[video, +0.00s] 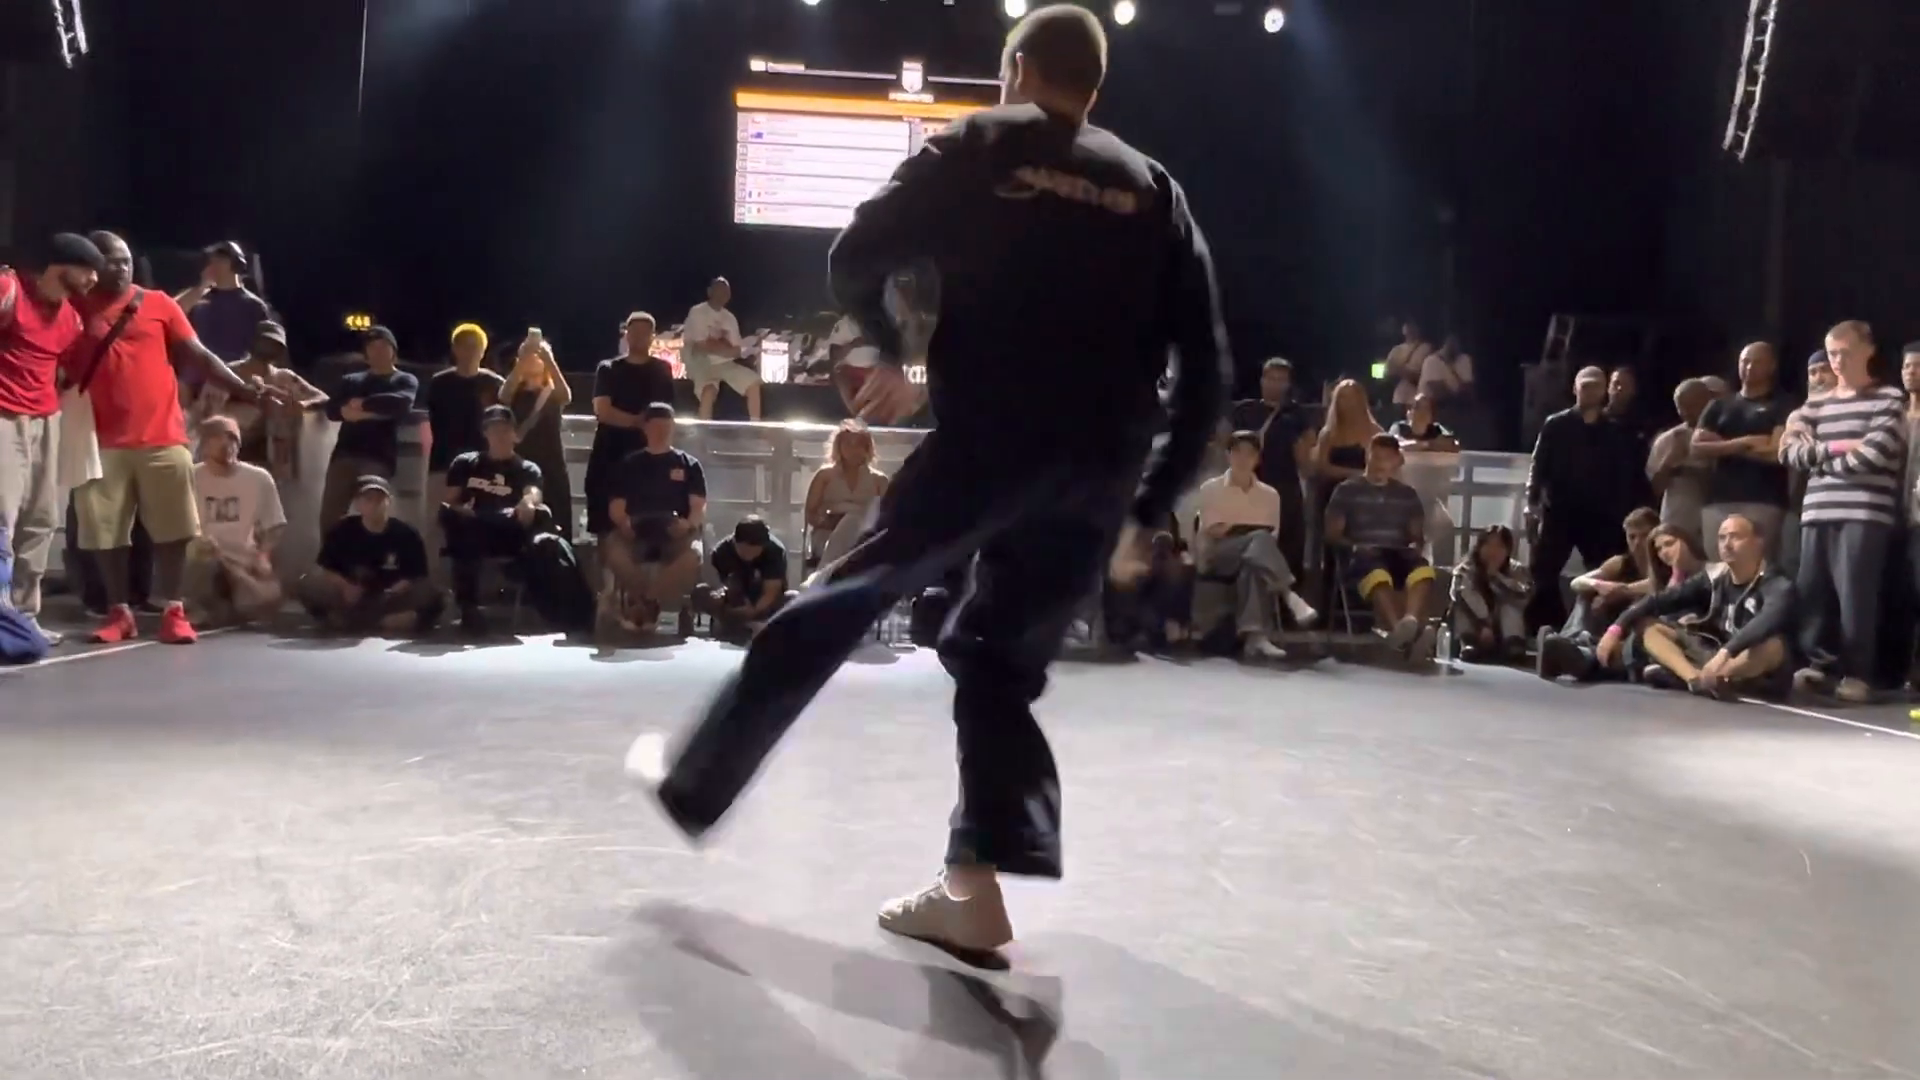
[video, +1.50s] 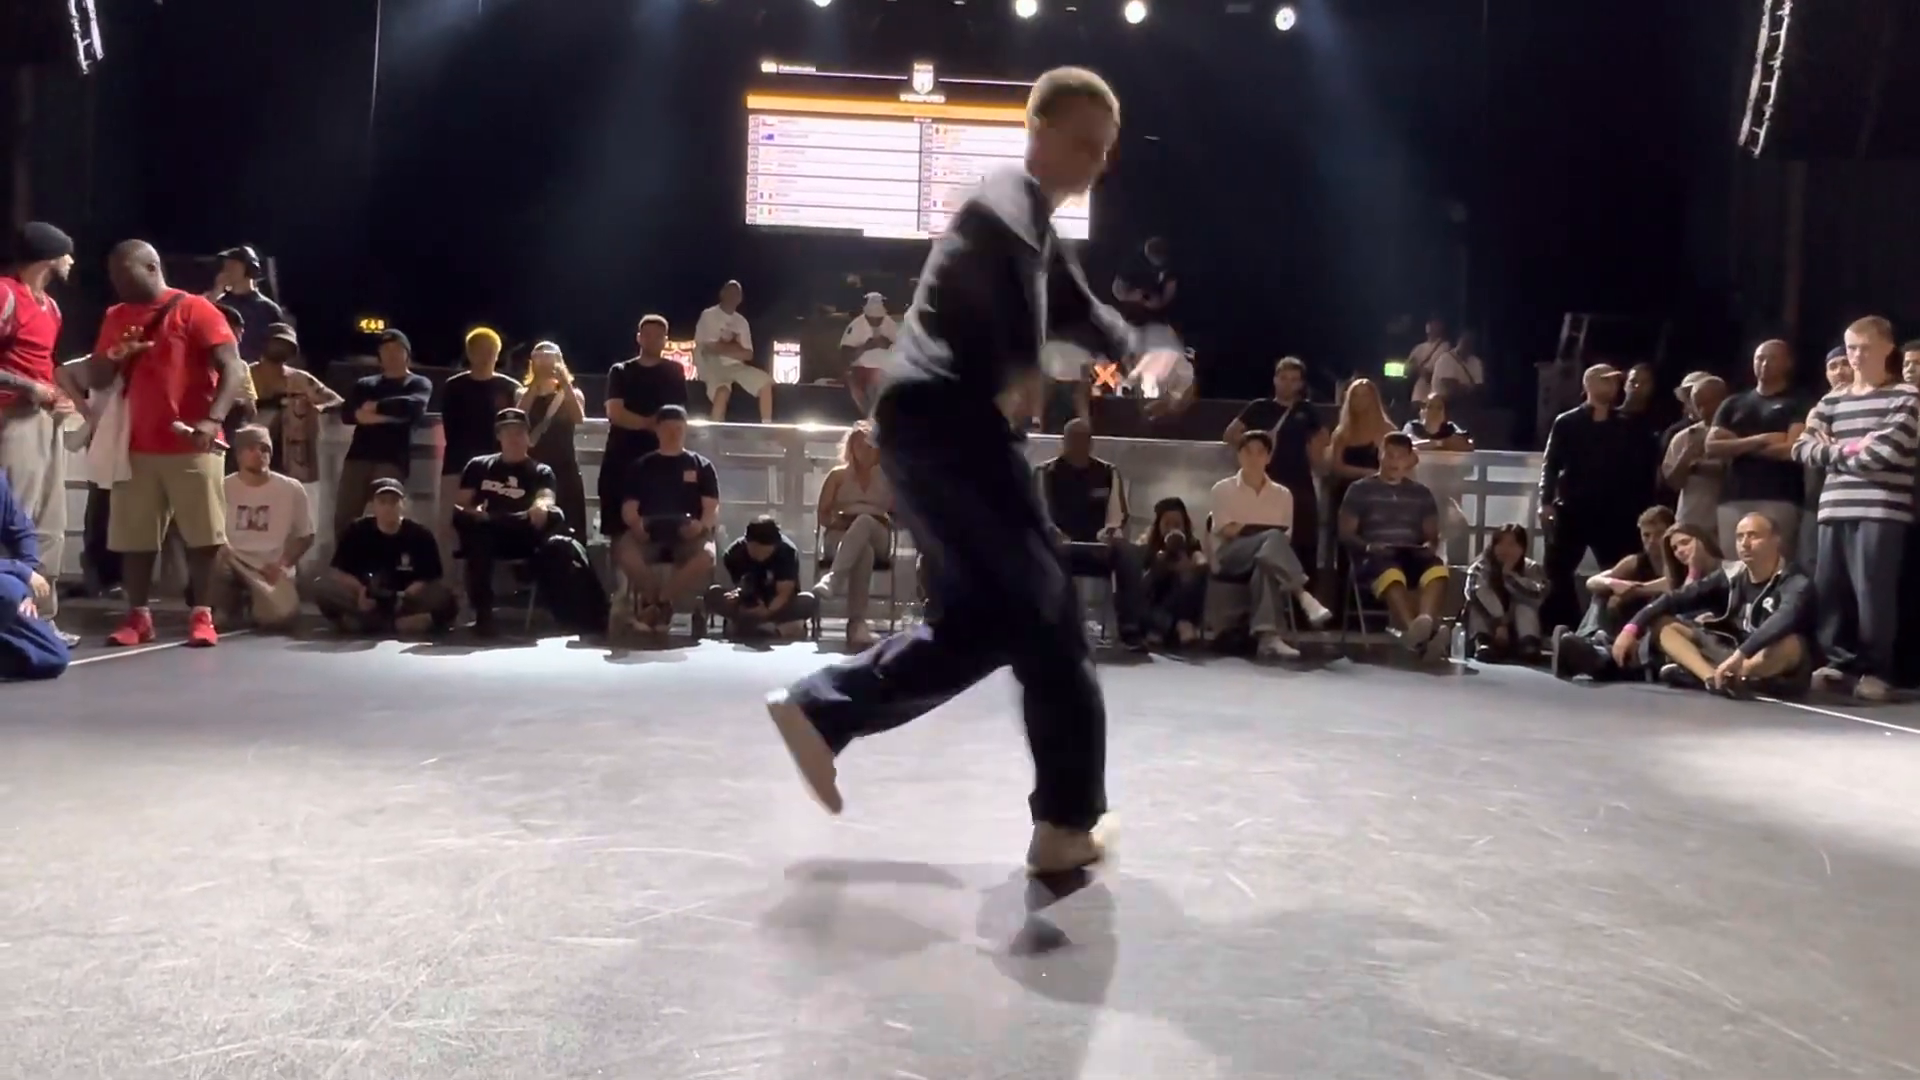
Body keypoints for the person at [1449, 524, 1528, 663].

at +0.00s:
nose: (1492, 551)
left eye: (1499, 547)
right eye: (1488, 545)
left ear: (1507, 552)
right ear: (1479, 547)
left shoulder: (1517, 570)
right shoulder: (1465, 570)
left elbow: (1524, 595)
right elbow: (1462, 594)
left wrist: (1495, 576)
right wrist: (1482, 624)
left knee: (1509, 605)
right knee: (1463, 604)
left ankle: (1514, 643)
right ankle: (1467, 644)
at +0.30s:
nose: (1493, 550)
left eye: (1499, 546)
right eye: (1488, 544)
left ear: (1508, 550)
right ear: (1480, 547)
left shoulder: (1518, 569)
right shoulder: (1466, 568)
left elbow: (1525, 595)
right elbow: (1463, 593)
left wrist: (1495, 575)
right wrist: (1485, 622)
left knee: (1511, 603)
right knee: (1464, 603)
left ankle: (1516, 642)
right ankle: (1468, 642)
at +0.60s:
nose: (1496, 551)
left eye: (1502, 546)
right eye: (1491, 545)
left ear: (1511, 550)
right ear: (1483, 546)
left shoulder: (1520, 569)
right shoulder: (1469, 568)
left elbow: (1527, 594)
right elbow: (1466, 593)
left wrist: (1498, 575)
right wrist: (1488, 622)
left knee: (1513, 602)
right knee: (1466, 603)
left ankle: (1519, 642)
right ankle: (1470, 642)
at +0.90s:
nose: (1498, 548)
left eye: (1504, 543)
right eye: (1493, 542)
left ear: (1514, 548)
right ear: (1485, 545)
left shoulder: (1523, 567)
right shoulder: (1472, 567)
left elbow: (1530, 592)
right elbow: (1468, 591)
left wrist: (1501, 573)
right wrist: (1491, 620)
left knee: (1516, 601)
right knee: (1470, 600)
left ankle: (1521, 640)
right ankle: (1474, 639)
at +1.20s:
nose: (1502, 550)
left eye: (1509, 545)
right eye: (1497, 544)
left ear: (1519, 550)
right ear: (1490, 546)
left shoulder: (1528, 568)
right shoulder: (1477, 568)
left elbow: (1535, 594)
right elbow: (1473, 593)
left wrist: (1506, 574)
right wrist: (1495, 622)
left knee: (1521, 603)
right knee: (1474, 604)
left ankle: (1527, 643)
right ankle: (1479, 642)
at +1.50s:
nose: (1505, 550)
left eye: (1511, 545)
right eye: (1500, 544)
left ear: (1522, 550)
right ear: (1493, 546)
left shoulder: (1532, 569)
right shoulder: (1480, 567)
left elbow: (1538, 595)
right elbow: (1477, 592)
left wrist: (1509, 575)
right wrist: (1499, 621)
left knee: (1524, 604)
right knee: (1477, 603)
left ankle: (1529, 643)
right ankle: (1481, 642)